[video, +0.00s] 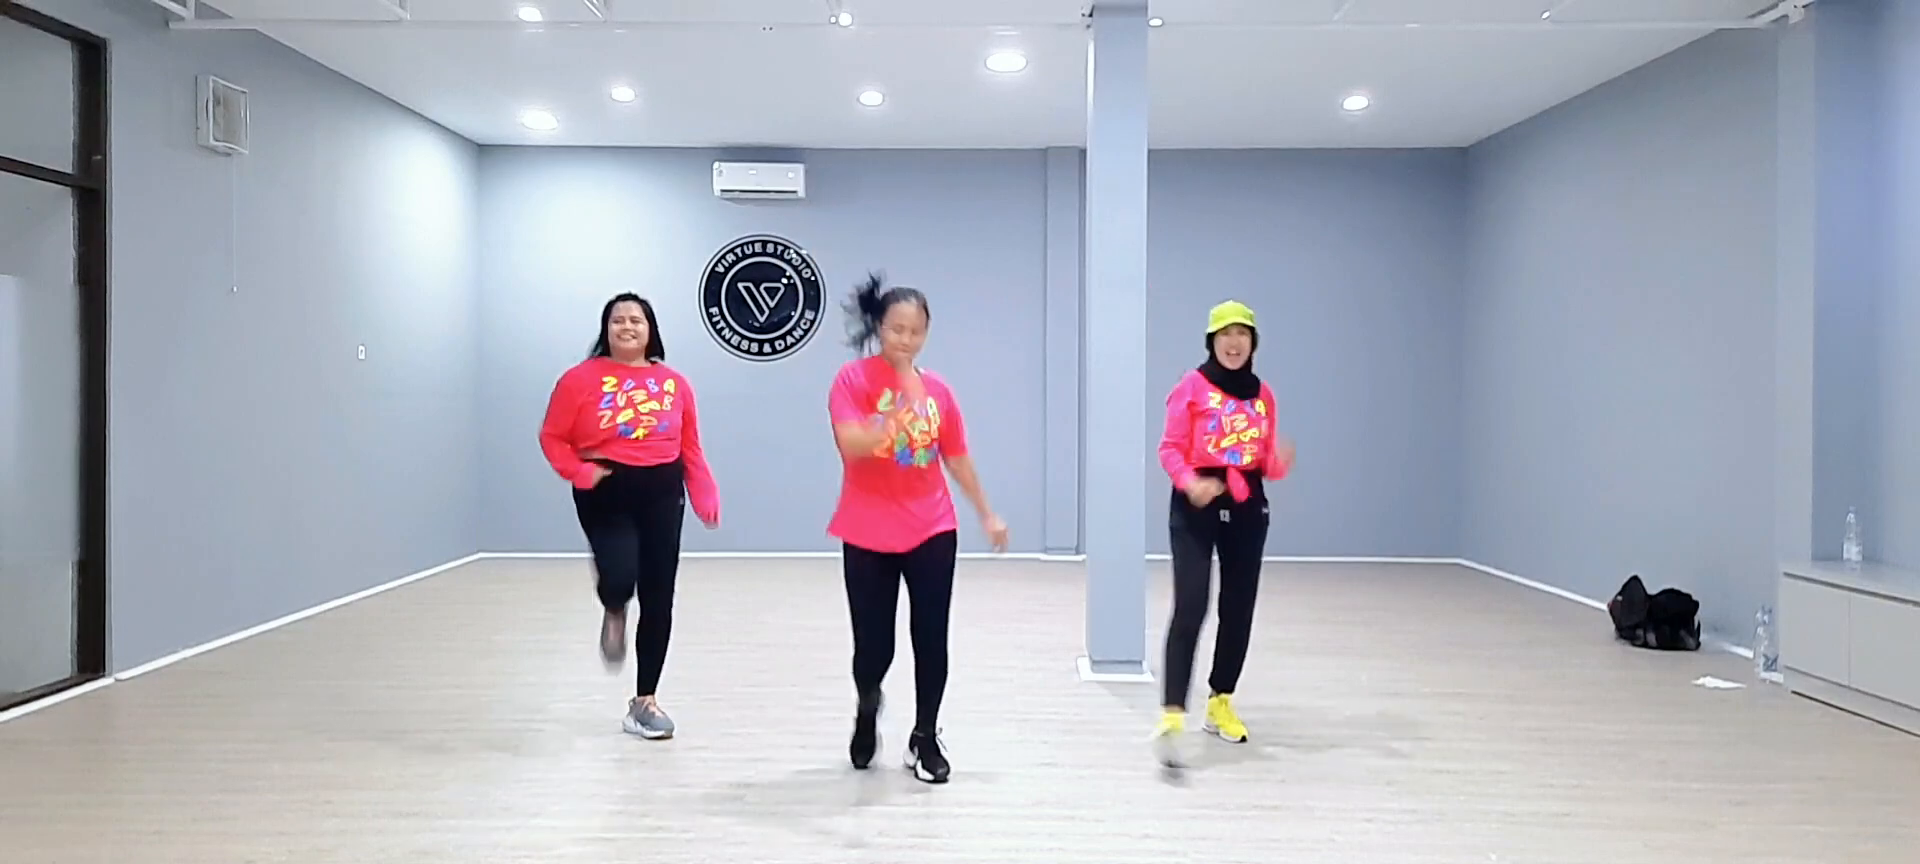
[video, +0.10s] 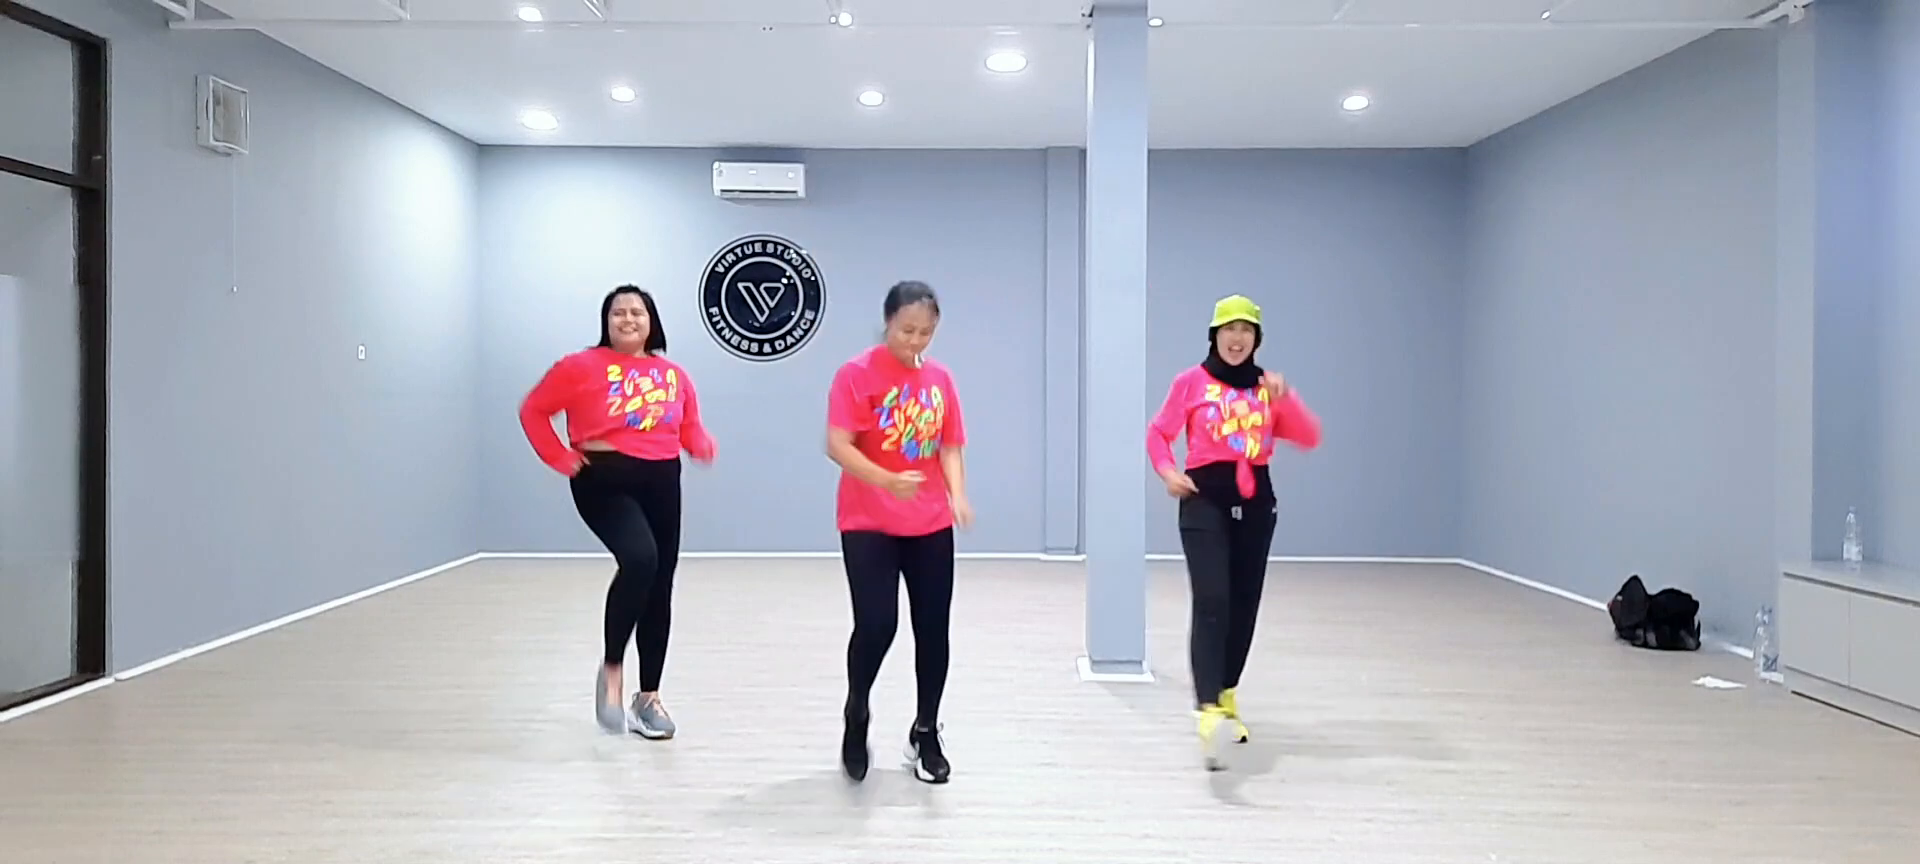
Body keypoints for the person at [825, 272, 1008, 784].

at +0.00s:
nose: (906, 339)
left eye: (916, 330)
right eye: (897, 329)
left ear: (926, 334)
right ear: (878, 329)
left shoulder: (937, 390)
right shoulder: (853, 380)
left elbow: (958, 459)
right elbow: (852, 445)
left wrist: (987, 513)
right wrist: (897, 416)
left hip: (931, 529)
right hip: (868, 531)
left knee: (931, 643)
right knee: (873, 651)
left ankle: (925, 736)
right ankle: (867, 711)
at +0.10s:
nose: (917, 340)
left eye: (926, 331)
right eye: (908, 330)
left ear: (936, 329)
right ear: (887, 324)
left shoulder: (939, 378)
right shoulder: (854, 376)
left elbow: (950, 446)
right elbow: (837, 446)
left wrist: (958, 492)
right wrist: (886, 479)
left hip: (930, 522)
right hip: (870, 524)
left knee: (933, 631)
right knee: (877, 626)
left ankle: (926, 730)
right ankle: (856, 715)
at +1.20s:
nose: (879, 332)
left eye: (890, 325)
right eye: (878, 324)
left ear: (918, 335)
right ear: (886, 334)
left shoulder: (918, 385)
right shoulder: (898, 387)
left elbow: (907, 453)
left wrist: (867, 413)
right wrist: (877, 474)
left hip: (933, 521)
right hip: (915, 522)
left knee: (863, 608)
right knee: (905, 623)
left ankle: (880, 745)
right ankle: (957, 727)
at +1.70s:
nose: (908, 330)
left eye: (919, 322)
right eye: (900, 322)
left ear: (938, 331)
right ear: (890, 331)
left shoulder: (967, 392)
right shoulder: (874, 388)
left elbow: (996, 457)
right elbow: (872, 451)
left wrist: (1031, 514)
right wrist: (868, 508)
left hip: (971, 527)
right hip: (909, 529)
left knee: (978, 638)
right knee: (886, 637)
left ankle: (1005, 747)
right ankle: (934, 694)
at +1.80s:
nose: (889, 320)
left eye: (899, 311)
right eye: (881, 311)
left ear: (918, 319)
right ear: (869, 320)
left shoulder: (944, 382)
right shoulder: (856, 376)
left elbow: (958, 460)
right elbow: (856, 438)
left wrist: (971, 526)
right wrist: (855, 490)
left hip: (946, 516)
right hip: (886, 513)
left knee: (969, 626)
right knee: (854, 614)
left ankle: (998, 737)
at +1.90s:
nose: (871, 330)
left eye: (882, 321)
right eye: (863, 321)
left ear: (901, 329)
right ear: (853, 329)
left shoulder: (916, 390)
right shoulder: (840, 382)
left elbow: (906, 472)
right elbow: (837, 449)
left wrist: (903, 544)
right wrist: (828, 504)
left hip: (929, 525)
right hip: (862, 520)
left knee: (958, 637)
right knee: (816, 631)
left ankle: (984, 740)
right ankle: (790, 745)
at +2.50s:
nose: (796, 344)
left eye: (806, 333)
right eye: (785, 334)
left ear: (822, 337)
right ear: (768, 338)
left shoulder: (851, 368)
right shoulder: (747, 389)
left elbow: (922, 346)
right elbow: (677, 401)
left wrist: (922, 394)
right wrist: (612, 432)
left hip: (844, 533)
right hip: (774, 534)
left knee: (861, 661)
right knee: (752, 660)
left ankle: (823, 728)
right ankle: (749, 772)